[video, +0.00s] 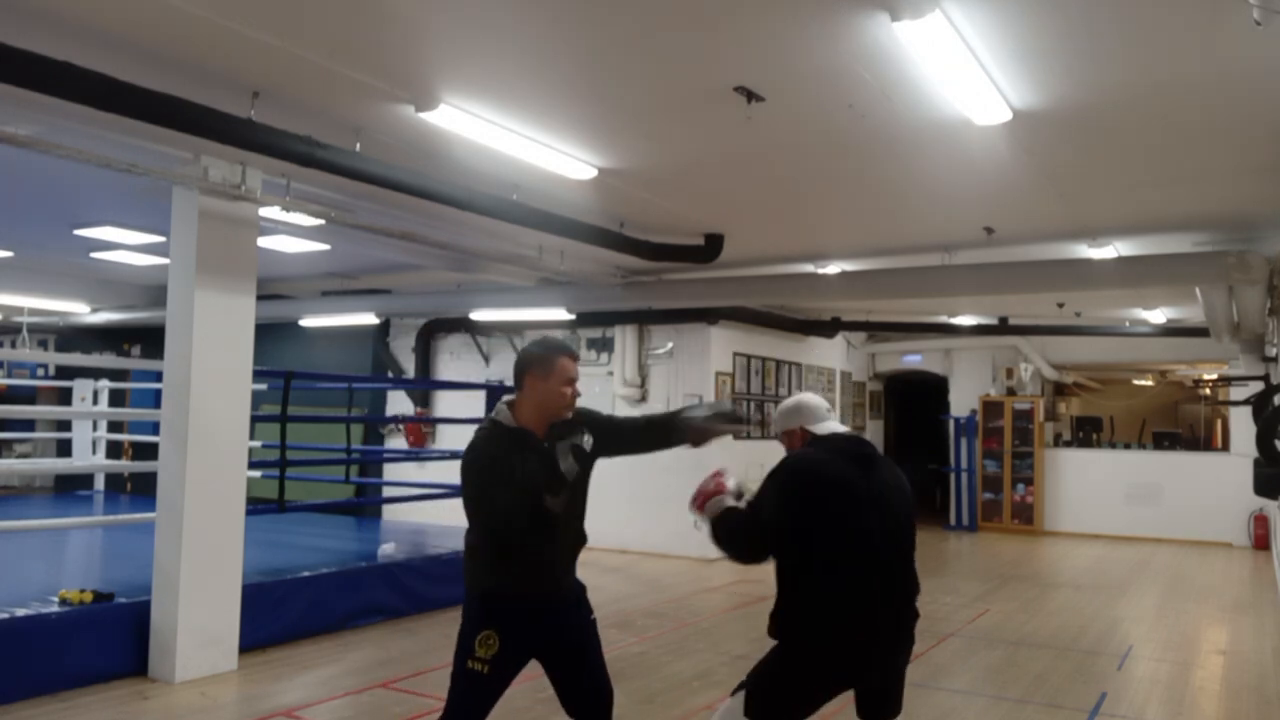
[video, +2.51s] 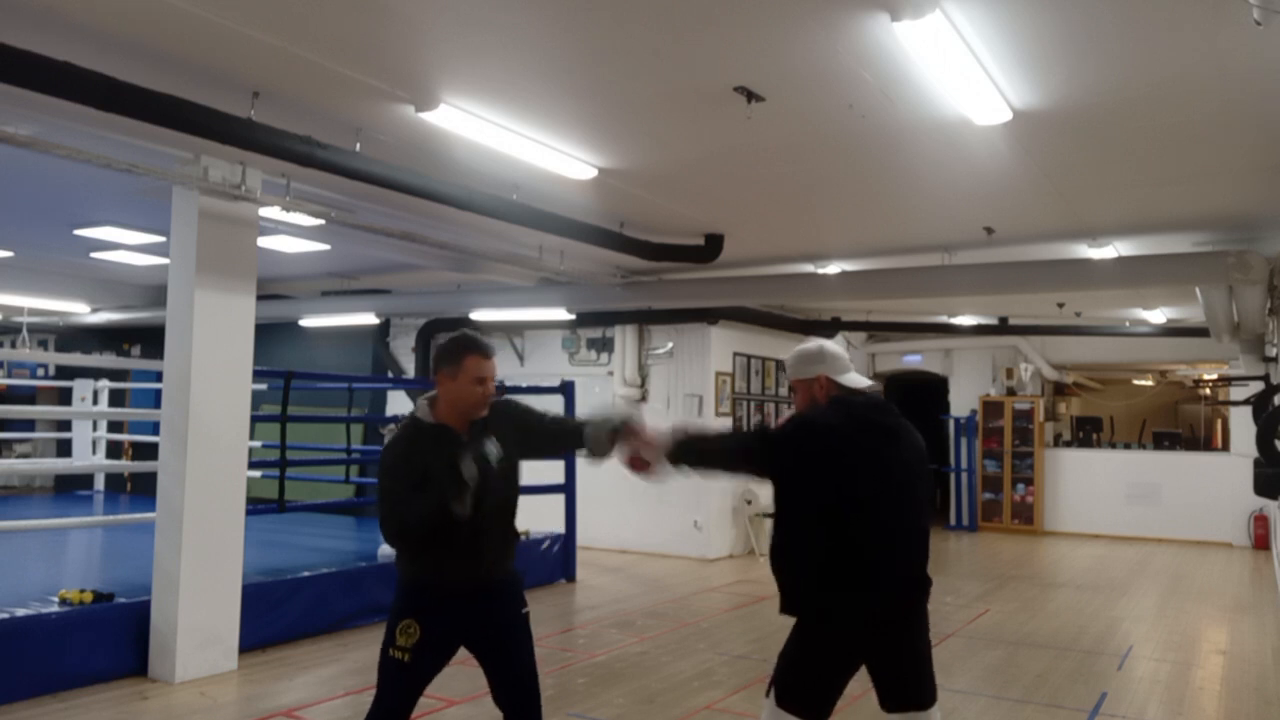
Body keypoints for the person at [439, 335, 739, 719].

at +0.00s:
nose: (575, 392)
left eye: (576, 384)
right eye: (567, 383)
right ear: (531, 382)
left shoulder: (581, 430)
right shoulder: (487, 450)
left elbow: (639, 433)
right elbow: (499, 534)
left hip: (561, 599)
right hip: (498, 604)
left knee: (595, 706)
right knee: (462, 712)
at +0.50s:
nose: (570, 393)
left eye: (571, 384)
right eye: (561, 382)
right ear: (524, 379)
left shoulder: (566, 433)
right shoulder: (479, 447)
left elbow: (616, 461)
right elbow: (483, 537)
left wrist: (663, 457)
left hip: (557, 602)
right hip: (494, 606)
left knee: (588, 707)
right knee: (461, 712)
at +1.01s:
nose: (610, 379)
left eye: (611, 370)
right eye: (601, 368)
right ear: (565, 367)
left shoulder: (608, 419)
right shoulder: (518, 435)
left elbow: (669, 409)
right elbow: (510, 517)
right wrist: (579, 499)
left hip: (583, 590)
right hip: (522, 592)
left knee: (602, 708)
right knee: (481, 709)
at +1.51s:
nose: (560, 390)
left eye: (561, 381)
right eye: (553, 380)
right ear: (517, 374)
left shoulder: (555, 426)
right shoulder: (468, 440)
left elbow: (605, 454)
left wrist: (663, 455)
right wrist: (544, 469)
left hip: (540, 590)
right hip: (481, 594)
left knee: (561, 696)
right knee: (459, 708)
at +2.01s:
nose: (527, 391)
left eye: (529, 383)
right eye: (520, 381)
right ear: (486, 377)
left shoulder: (503, 432)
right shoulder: (448, 435)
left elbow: (534, 485)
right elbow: (453, 535)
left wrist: (554, 438)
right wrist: (538, 532)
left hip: (492, 592)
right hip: (436, 595)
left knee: (526, 700)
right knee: (396, 708)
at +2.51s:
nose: (490, 391)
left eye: (493, 381)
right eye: (480, 382)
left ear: (495, 381)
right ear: (443, 380)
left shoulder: (503, 421)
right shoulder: (405, 448)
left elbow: (556, 434)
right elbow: (397, 530)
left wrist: (614, 432)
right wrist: (453, 495)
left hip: (495, 593)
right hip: (428, 596)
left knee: (524, 709)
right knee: (390, 708)